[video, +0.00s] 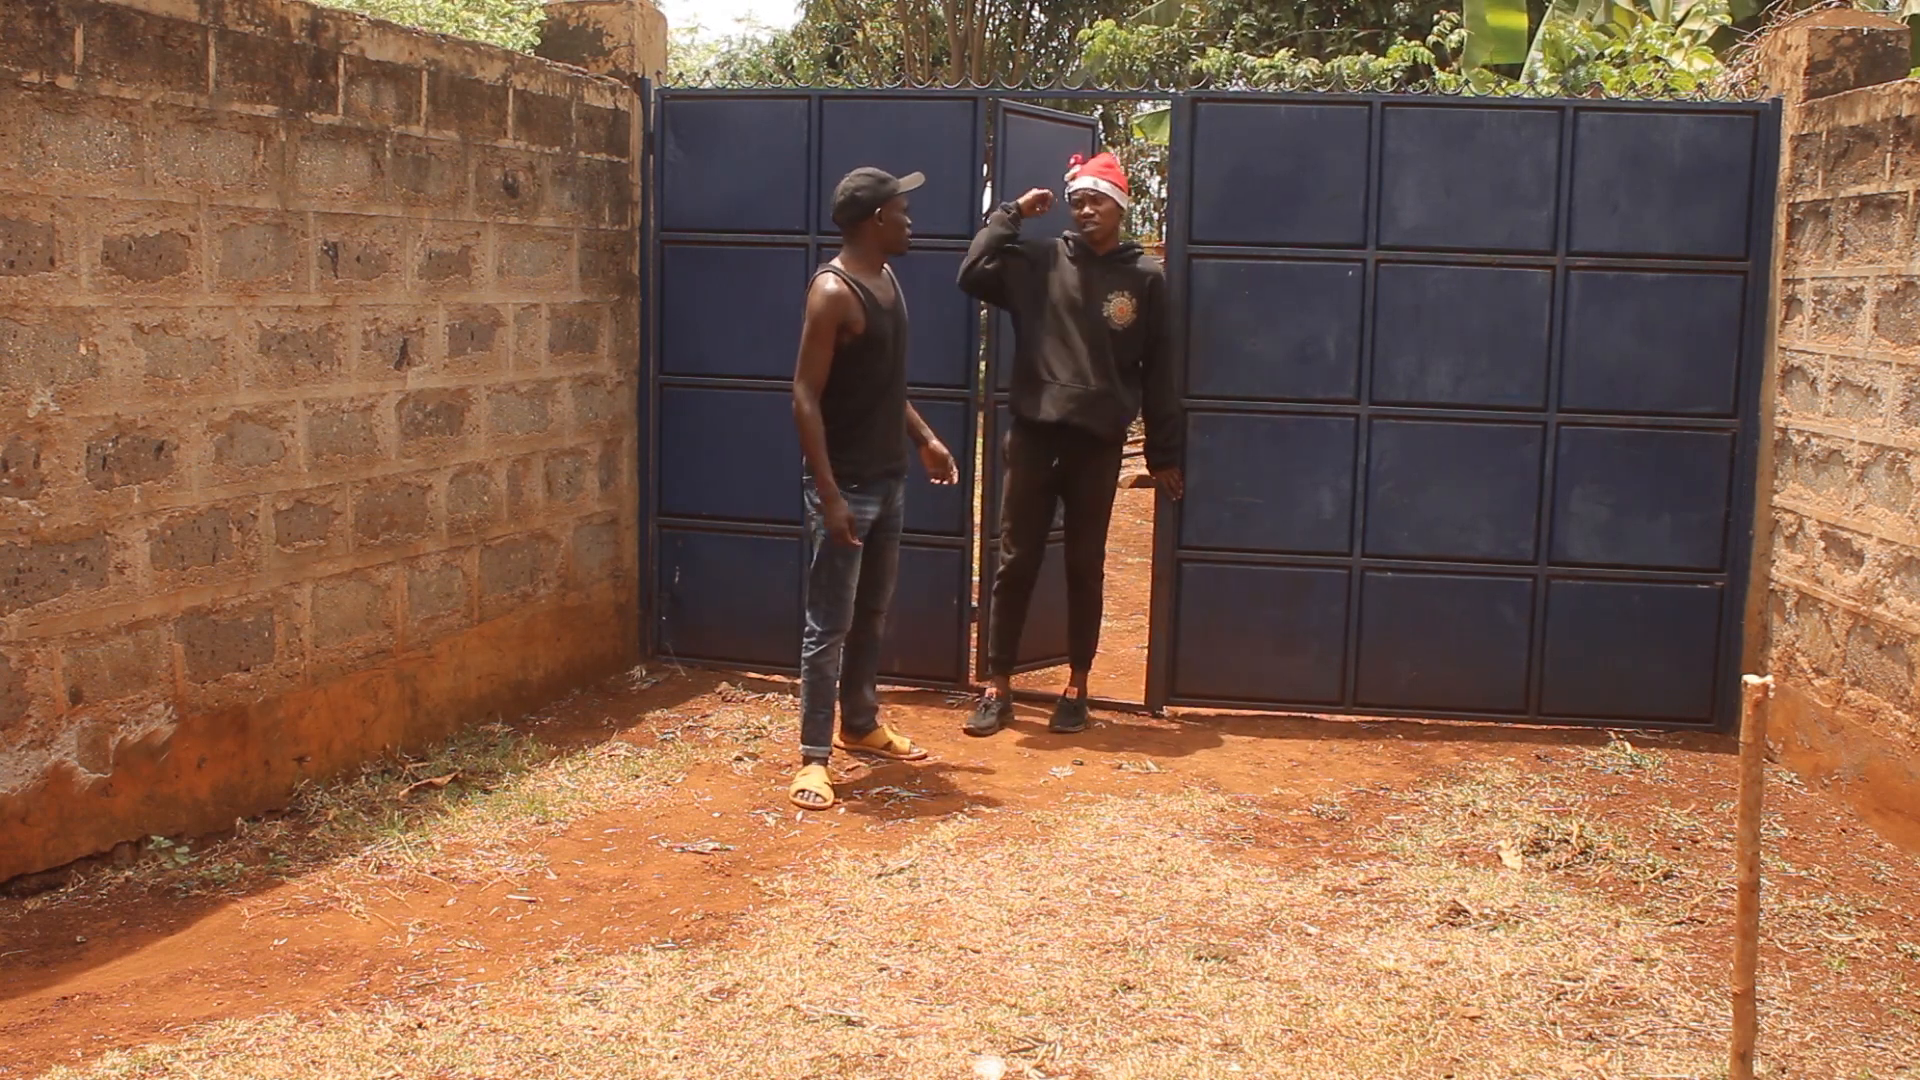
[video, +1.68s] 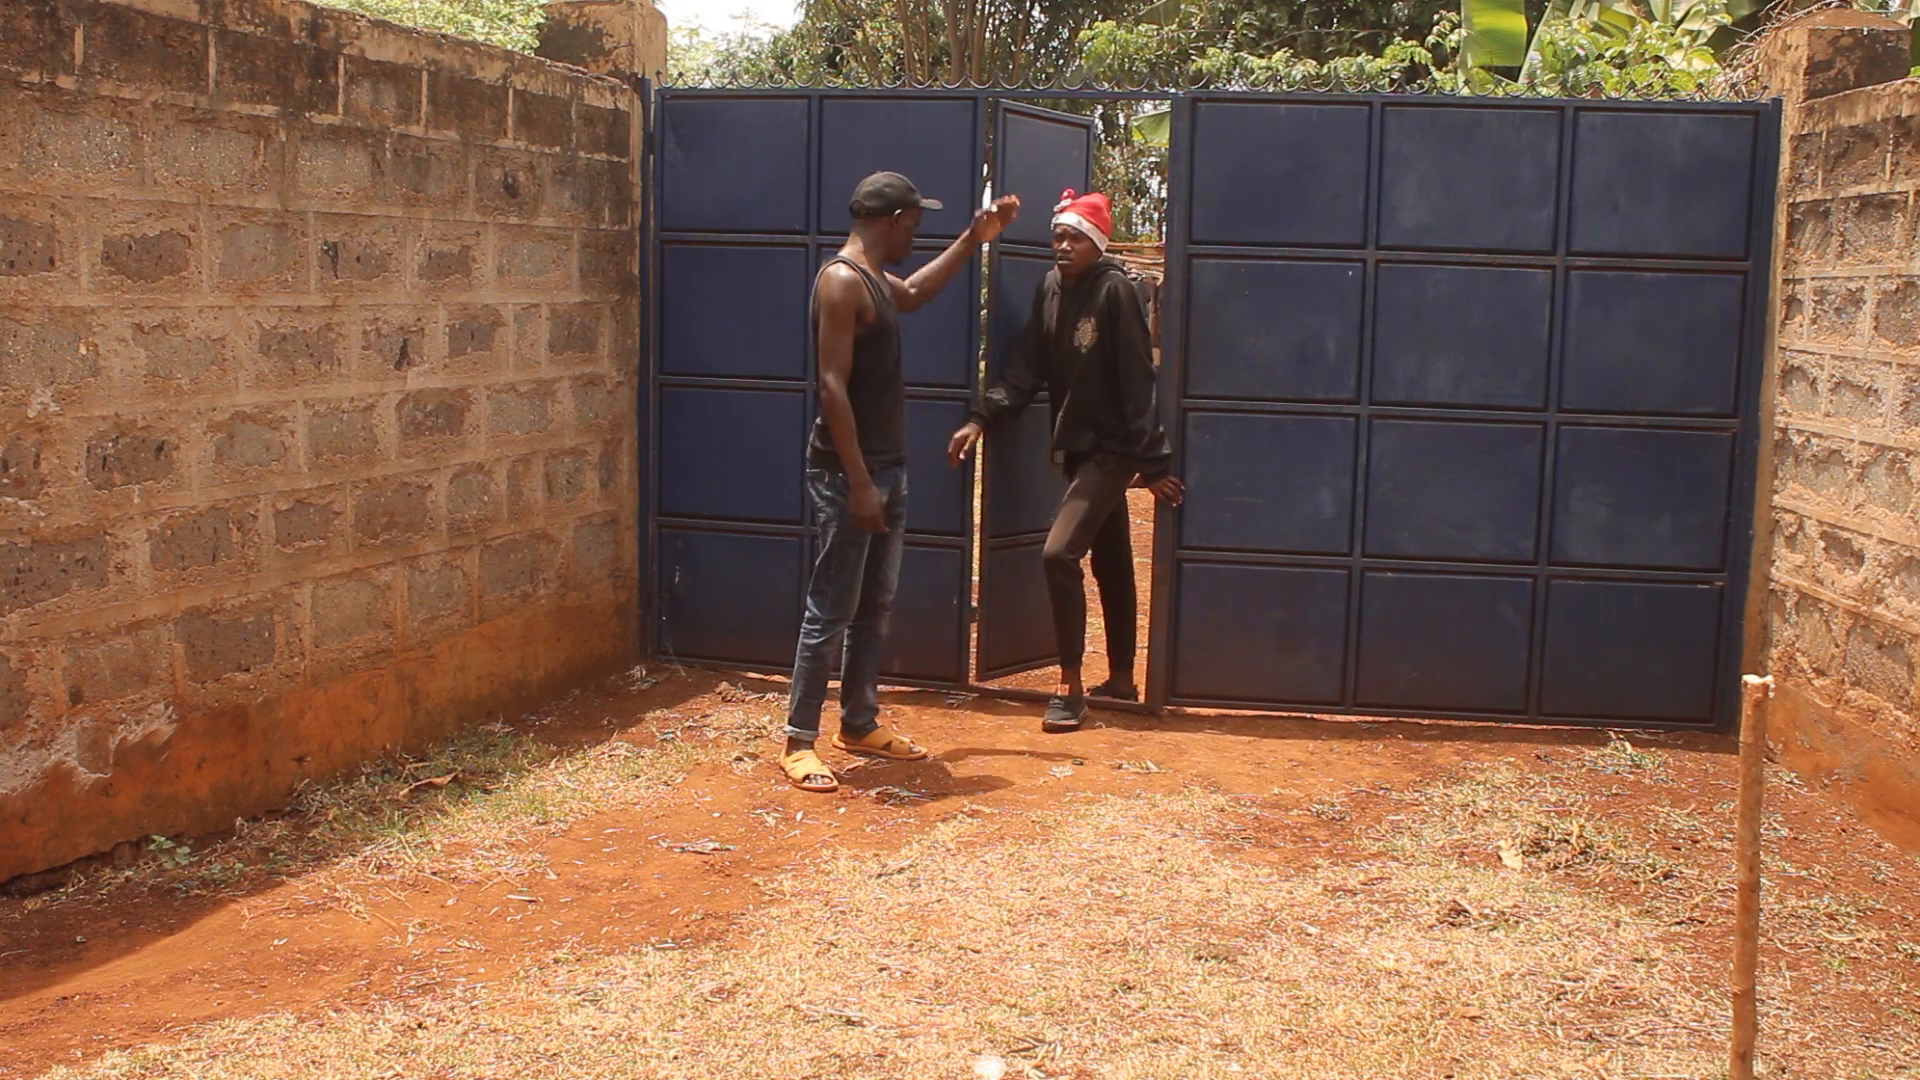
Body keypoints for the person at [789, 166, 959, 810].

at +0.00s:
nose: (909, 218)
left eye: (906, 208)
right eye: (901, 210)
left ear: (873, 220)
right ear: (869, 221)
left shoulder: (885, 279)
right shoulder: (831, 293)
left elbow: (881, 381)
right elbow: (804, 398)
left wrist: (924, 437)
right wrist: (829, 496)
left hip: (887, 477)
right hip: (842, 484)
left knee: (871, 613)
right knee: (827, 626)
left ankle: (861, 724)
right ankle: (814, 759)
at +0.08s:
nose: (910, 215)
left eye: (905, 205)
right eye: (901, 206)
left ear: (873, 220)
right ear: (872, 220)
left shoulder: (884, 281)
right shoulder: (833, 294)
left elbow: (883, 379)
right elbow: (808, 397)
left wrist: (931, 427)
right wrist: (838, 494)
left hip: (887, 477)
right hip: (841, 483)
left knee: (871, 611)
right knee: (828, 623)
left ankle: (861, 725)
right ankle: (814, 758)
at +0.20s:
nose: (910, 216)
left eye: (906, 206)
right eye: (901, 207)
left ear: (871, 219)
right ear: (874, 218)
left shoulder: (876, 280)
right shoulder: (839, 292)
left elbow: (896, 344)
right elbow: (816, 395)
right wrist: (845, 491)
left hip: (884, 477)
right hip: (843, 481)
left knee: (874, 611)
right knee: (830, 624)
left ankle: (860, 726)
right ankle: (813, 760)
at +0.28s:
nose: (915, 224)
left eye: (915, 213)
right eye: (906, 214)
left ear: (879, 219)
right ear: (875, 219)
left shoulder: (875, 269)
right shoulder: (848, 284)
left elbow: (916, 292)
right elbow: (826, 388)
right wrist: (850, 487)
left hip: (883, 471)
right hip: (845, 477)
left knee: (883, 604)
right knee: (835, 621)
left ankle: (861, 724)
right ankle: (810, 758)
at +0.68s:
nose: (934, 226)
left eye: (932, 217)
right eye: (928, 217)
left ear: (895, 222)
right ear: (903, 223)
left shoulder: (891, 277)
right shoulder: (867, 282)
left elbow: (929, 321)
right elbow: (854, 388)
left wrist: (992, 272)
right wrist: (900, 474)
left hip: (891, 468)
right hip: (857, 468)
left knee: (888, 603)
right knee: (844, 606)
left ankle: (860, 725)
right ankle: (802, 747)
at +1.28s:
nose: (940, 226)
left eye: (939, 216)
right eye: (935, 214)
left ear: (908, 217)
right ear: (909, 215)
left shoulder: (909, 266)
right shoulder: (861, 275)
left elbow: (973, 237)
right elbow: (855, 375)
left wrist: (1028, 185)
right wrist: (905, 461)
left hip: (900, 461)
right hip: (856, 459)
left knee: (886, 600)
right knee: (838, 602)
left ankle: (862, 725)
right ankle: (801, 738)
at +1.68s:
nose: (916, 233)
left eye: (918, 225)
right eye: (915, 223)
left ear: (881, 219)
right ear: (893, 219)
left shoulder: (875, 275)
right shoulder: (841, 280)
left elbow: (912, 293)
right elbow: (831, 386)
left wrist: (974, 238)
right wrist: (859, 480)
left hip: (887, 465)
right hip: (845, 468)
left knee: (874, 605)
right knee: (830, 609)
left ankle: (860, 725)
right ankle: (800, 743)